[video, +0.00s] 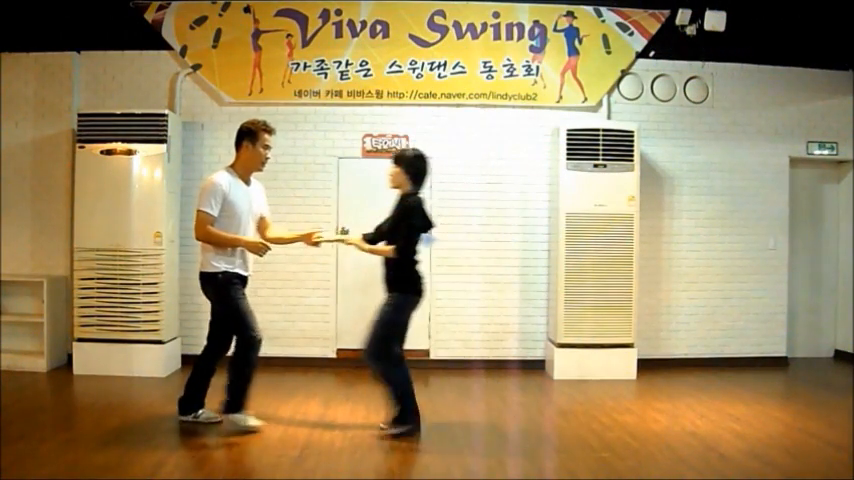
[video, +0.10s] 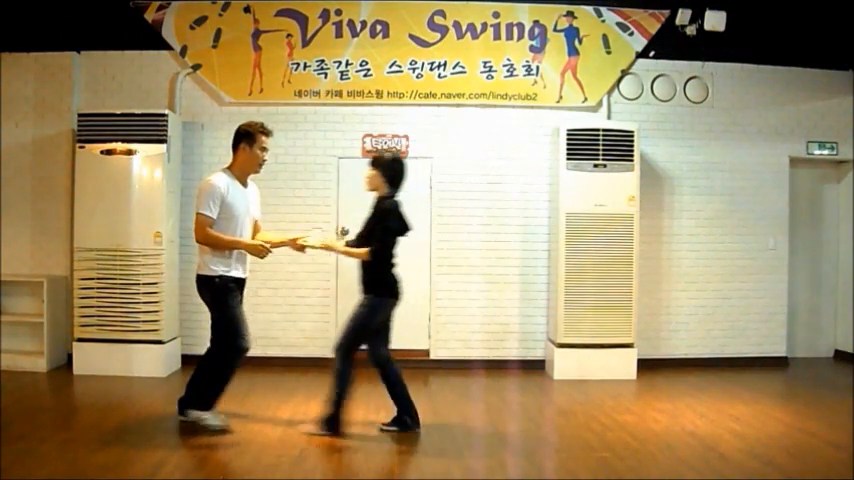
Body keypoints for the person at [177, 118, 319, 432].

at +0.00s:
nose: (268, 155)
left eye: (269, 149)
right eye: (264, 147)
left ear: (250, 149)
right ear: (244, 146)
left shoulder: (256, 188)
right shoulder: (217, 183)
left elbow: (266, 234)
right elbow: (202, 231)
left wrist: (301, 237)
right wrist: (245, 242)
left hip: (237, 276)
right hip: (217, 275)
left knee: (216, 345)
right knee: (251, 337)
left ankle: (189, 407)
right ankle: (233, 412)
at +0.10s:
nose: (265, 158)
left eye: (266, 151)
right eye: (261, 150)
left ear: (249, 151)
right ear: (241, 148)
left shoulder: (252, 190)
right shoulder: (214, 184)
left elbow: (255, 237)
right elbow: (201, 234)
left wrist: (288, 241)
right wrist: (245, 245)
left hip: (235, 279)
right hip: (215, 278)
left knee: (222, 346)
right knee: (237, 343)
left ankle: (192, 406)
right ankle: (197, 407)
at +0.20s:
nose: (267, 158)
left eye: (268, 152)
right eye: (263, 151)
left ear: (248, 152)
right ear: (243, 150)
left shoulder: (248, 191)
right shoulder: (215, 185)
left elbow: (245, 236)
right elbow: (204, 236)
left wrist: (275, 243)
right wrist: (250, 246)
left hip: (235, 280)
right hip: (212, 280)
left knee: (237, 346)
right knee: (222, 347)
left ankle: (196, 404)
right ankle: (189, 411)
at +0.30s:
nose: (270, 158)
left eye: (271, 151)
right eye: (266, 150)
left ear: (252, 152)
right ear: (247, 150)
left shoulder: (249, 190)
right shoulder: (218, 184)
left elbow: (233, 233)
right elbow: (205, 232)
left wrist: (260, 240)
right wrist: (250, 240)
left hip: (234, 281)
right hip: (209, 280)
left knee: (250, 338)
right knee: (218, 347)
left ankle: (206, 400)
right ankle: (188, 412)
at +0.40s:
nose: (275, 156)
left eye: (275, 149)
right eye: (271, 148)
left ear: (254, 150)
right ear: (251, 148)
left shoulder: (253, 187)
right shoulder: (223, 180)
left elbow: (236, 227)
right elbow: (206, 225)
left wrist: (264, 233)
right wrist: (251, 234)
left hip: (236, 278)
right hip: (211, 277)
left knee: (252, 336)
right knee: (218, 344)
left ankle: (210, 400)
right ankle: (189, 410)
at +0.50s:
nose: (278, 154)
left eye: (279, 148)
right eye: (274, 147)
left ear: (259, 149)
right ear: (255, 147)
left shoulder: (257, 185)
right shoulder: (228, 179)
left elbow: (240, 225)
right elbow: (204, 222)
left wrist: (264, 232)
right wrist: (249, 233)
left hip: (241, 276)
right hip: (217, 275)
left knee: (243, 342)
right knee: (227, 342)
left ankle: (206, 404)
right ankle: (193, 405)